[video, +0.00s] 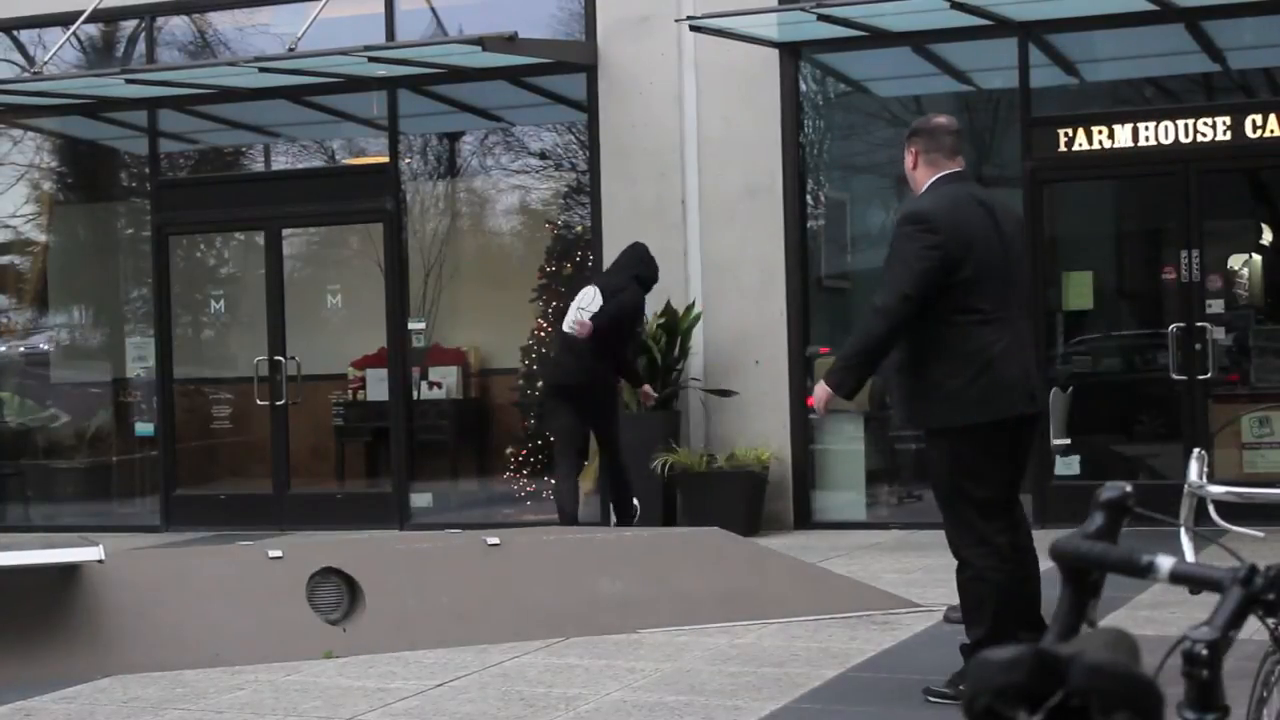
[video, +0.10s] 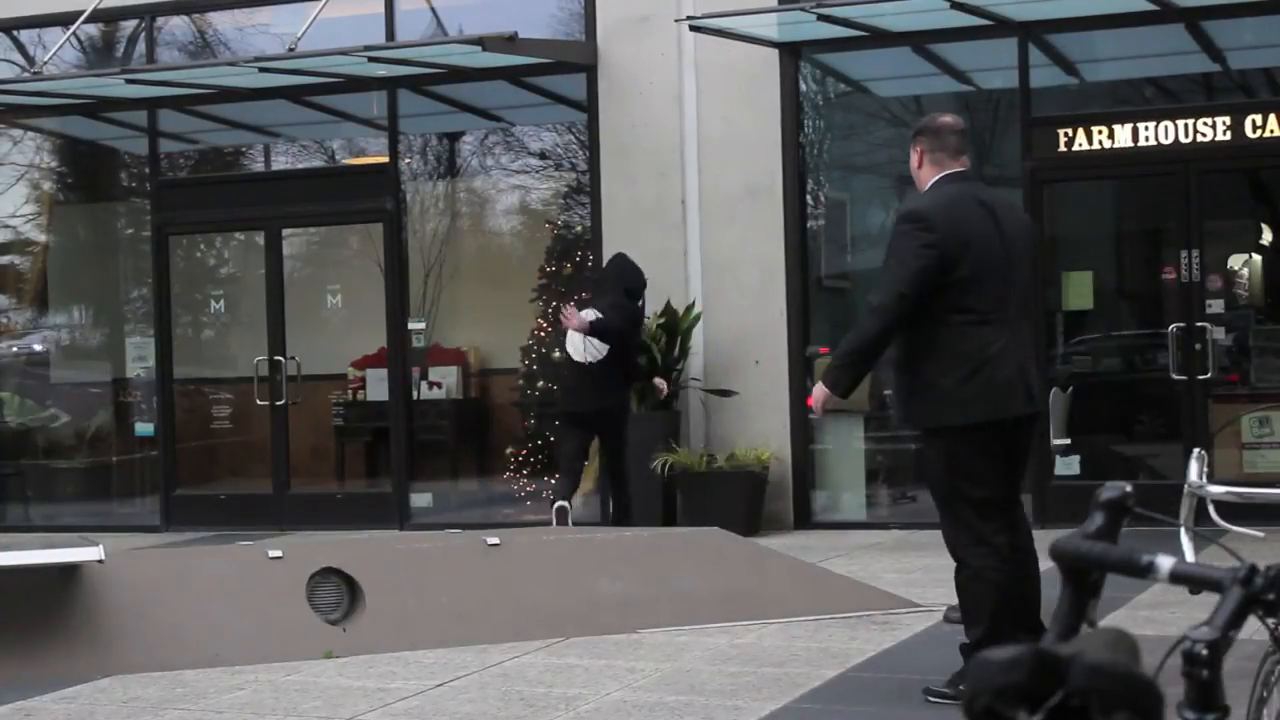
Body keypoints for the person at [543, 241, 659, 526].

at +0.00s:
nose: (649, 285)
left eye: (651, 280)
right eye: (649, 279)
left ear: (622, 264)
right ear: (643, 272)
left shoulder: (595, 285)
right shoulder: (631, 293)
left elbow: (614, 347)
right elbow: (615, 316)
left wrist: (638, 383)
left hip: (563, 378)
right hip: (596, 381)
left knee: (568, 454)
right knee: (611, 450)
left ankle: (568, 525)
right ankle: (625, 515)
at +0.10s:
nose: (640, 294)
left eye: (640, 289)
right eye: (639, 288)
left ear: (606, 279)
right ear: (631, 285)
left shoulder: (587, 307)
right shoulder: (626, 309)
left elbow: (619, 357)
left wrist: (649, 378)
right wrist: (587, 326)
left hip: (578, 391)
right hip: (612, 394)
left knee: (573, 452)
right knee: (614, 459)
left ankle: (562, 498)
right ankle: (621, 520)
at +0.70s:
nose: (550, 302)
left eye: (552, 297)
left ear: (556, 299)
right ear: (586, 296)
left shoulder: (555, 329)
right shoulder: (605, 326)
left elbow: (540, 371)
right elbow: (621, 366)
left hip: (568, 408)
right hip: (602, 405)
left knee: (573, 468)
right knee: (601, 461)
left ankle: (592, 523)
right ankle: (620, 501)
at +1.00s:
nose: (535, 282)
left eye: (538, 277)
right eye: (536, 276)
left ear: (549, 281)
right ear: (566, 280)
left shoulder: (550, 312)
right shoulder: (575, 311)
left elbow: (522, 338)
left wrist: (538, 316)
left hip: (555, 396)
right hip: (572, 392)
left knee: (564, 461)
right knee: (541, 457)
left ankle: (593, 520)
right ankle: (529, 514)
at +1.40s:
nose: (530, 282)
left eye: (536, 279)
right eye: (526, 277)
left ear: (543, 285)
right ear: (518, 279)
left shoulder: (551, 315)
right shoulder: (500, 312)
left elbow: (560, 356)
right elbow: (489, 355)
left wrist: (560, 393)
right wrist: (489, 394)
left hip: (542, 397)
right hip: (511, 397)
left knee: (538, 457)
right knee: (519, 461)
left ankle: (544, 515)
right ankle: (522, 519)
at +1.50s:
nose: (531, 286)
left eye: (537, 283)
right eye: (527, 280)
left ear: (543, 288)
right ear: (517, 282)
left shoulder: (551, 317)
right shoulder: (496, 315)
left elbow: (571, 353)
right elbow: (481, 357)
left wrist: (584, 386)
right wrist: (482, 396)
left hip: (542, 400)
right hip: (508, 401)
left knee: (538, 463)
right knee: (517, 464)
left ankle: (536, 525)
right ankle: (520, 521)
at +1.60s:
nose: (534, 288)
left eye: (540, 284)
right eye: (529, 282)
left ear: (545, 289)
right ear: (519, 283)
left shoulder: (551, 318)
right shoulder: (496, 315)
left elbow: (575, 353)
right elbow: (483, 359)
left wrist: (590, 383)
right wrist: (481, 399)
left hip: (541, 402)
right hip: (506, 403)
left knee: (538, 466)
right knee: (507, 468)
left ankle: (535, 527)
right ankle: (516, 525)